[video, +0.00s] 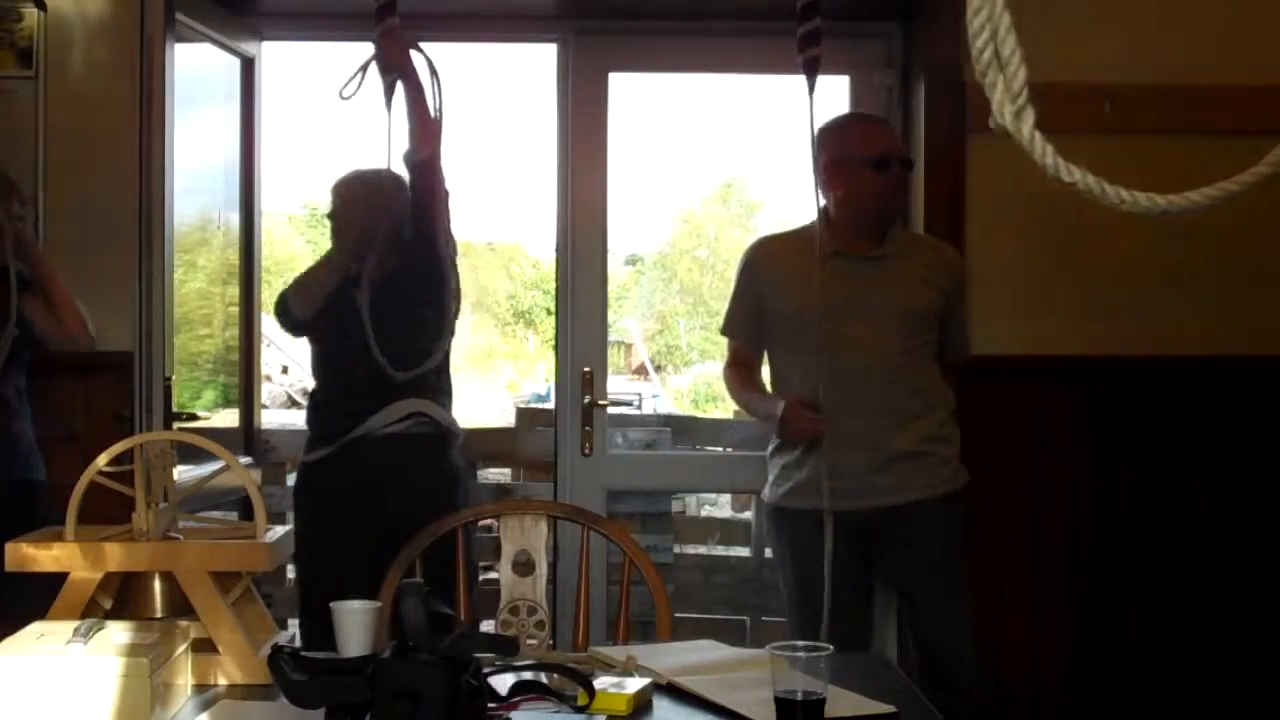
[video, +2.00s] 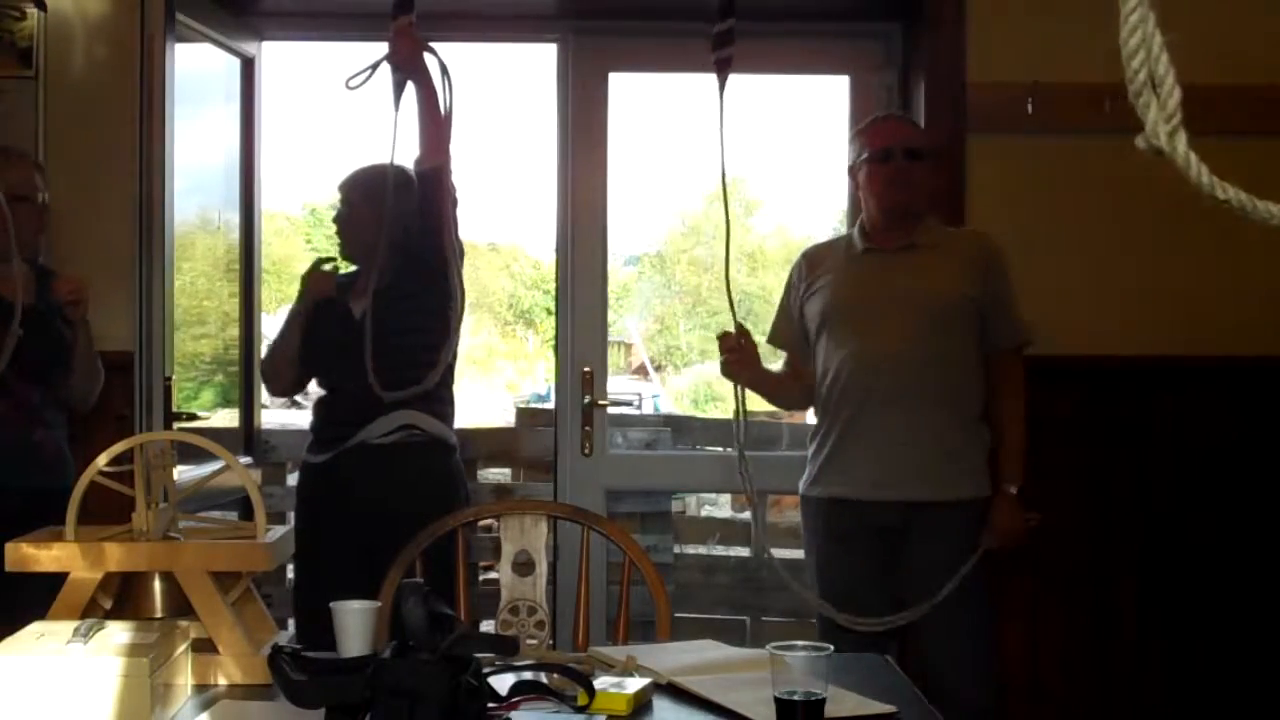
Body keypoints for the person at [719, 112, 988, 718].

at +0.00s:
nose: (900, 179)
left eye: (903, 167)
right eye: (882, 166)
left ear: (907, 173)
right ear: (829, 177)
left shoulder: (938, 264)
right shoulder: (769, 261)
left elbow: (956, 373)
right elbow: (739, 371)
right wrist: (773, 411)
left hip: (921, 496)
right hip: (811, 502)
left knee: (946, 669)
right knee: (829, 668)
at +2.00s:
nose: (899, 167)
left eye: (912, 155)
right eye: (882, 157)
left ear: (928, 171)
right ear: (854, 175)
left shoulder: (973, 255)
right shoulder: (817, 265)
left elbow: (1006, 379)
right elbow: (801, 390)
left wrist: (1008, 491)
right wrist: (751, 373)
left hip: (949, 505)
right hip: (842, 505)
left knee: (954, 676)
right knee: (857, 676)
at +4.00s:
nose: (902, 167)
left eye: (918, 156)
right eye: (888, 156)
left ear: (941, 172)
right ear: (868, 174)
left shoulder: (982, 263)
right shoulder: (825, 266)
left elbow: (1013, 390)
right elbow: (808, 391)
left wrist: (1014, 503)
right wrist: (782, 381)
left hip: (952, 506)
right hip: (843, 505)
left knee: (953, 682)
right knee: (854, 678)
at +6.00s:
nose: (879, 171)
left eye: (898, 158)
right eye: (869, 160)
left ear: (933, 175)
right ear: (857, 177)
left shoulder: (977, 264)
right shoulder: (821, 269)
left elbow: (1009, 387)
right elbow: (810, 394)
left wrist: (1011, 502)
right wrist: (779, 386)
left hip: (948, 508)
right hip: (841, 507)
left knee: (951, 682)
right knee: (852, 679)